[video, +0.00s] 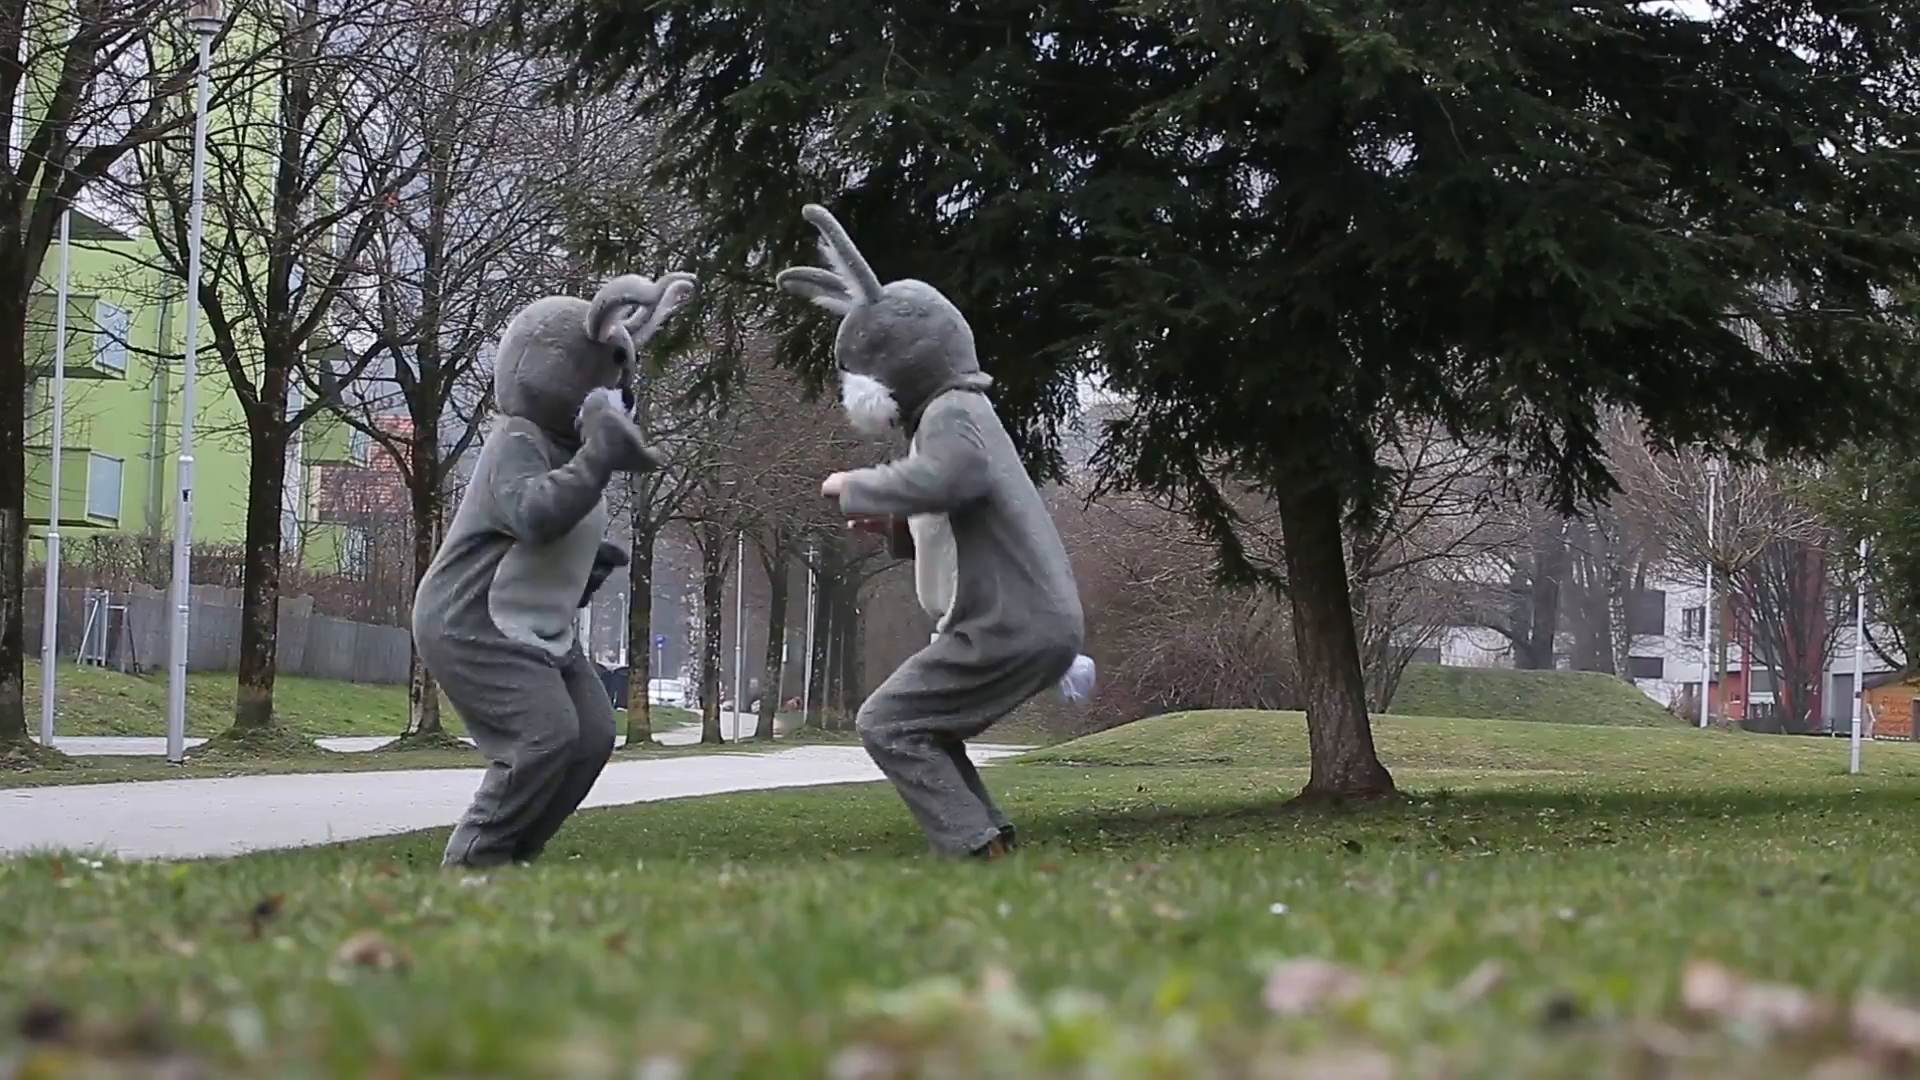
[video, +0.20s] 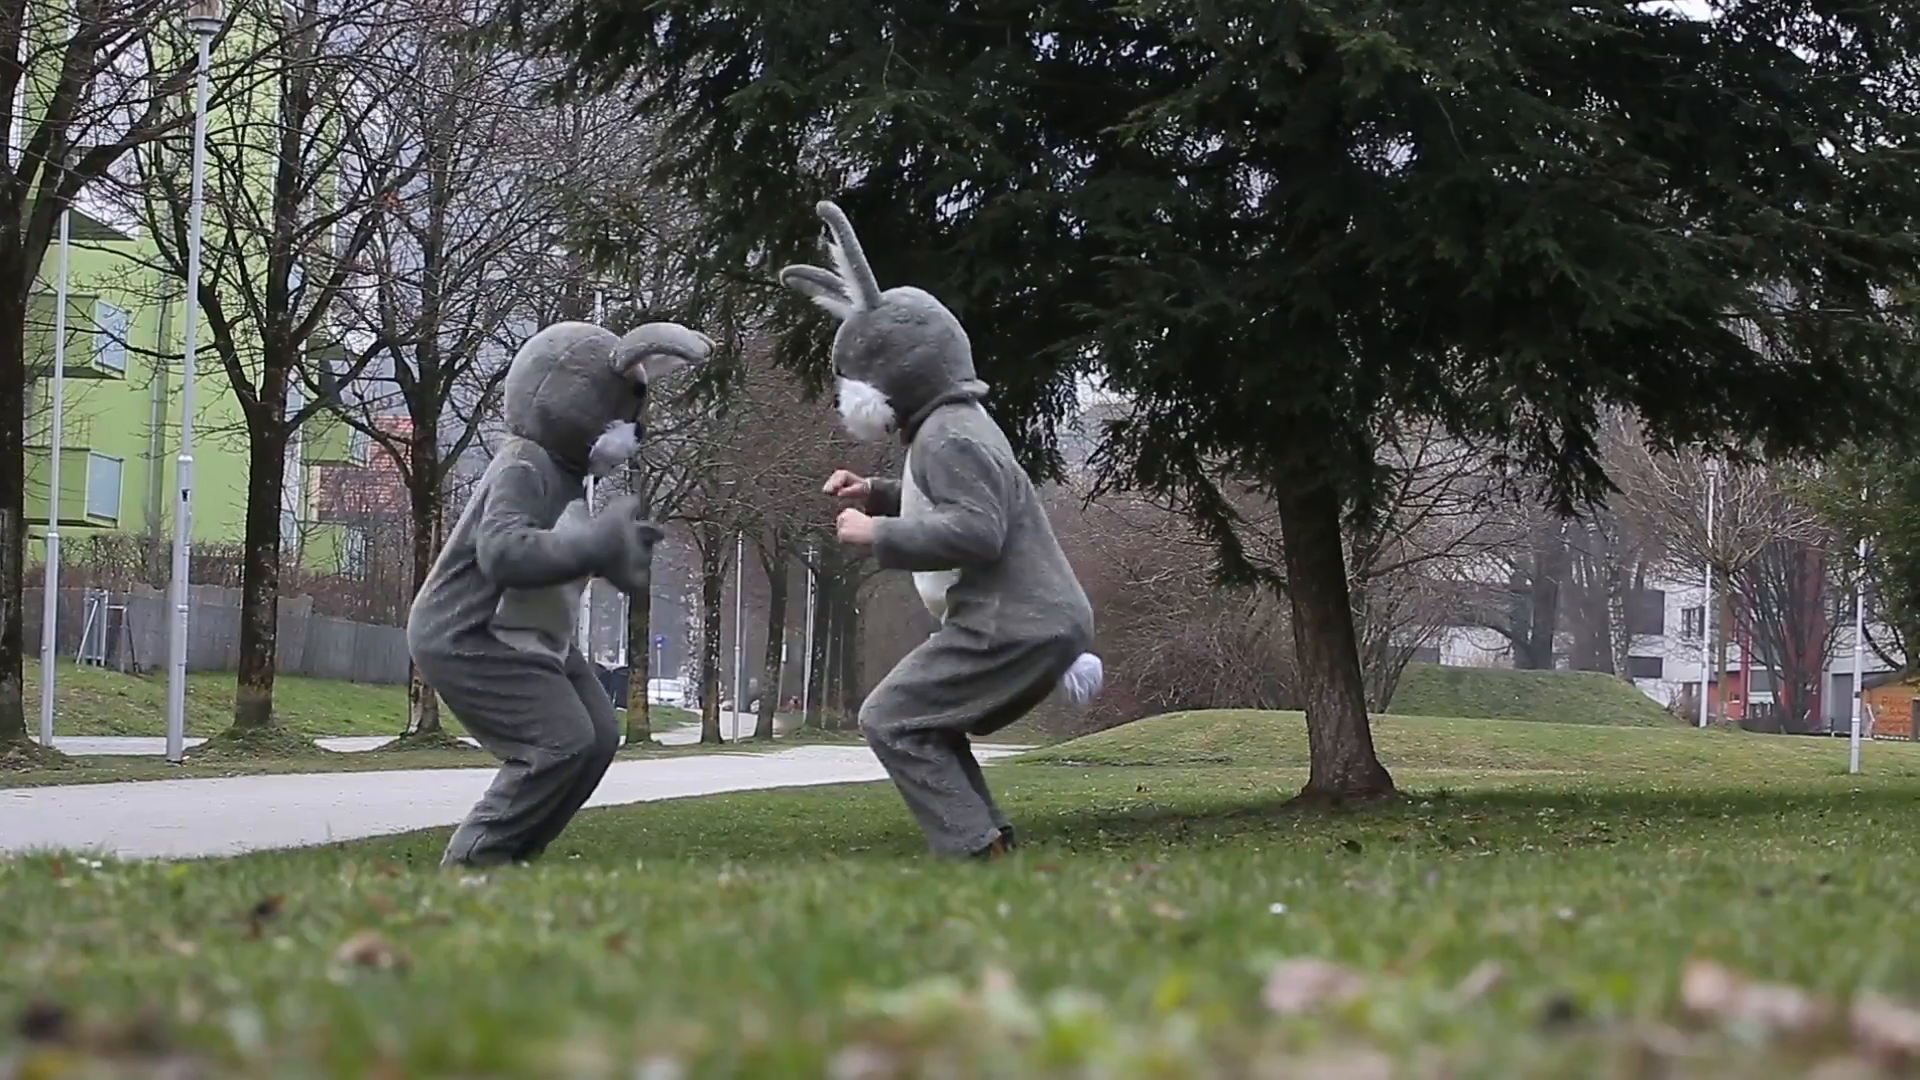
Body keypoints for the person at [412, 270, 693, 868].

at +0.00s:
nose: (606, 391)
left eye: (609, 376)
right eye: (593, 370)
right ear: (548, 367)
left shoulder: (573, 453)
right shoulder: (515, 440)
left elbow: (544, 563)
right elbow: (532, 515)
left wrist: (594, 559)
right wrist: (595, 458)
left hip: (539, 625)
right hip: (471, 622)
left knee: (593, 736)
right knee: (548, 734)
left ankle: (503, 856)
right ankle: (471, 858)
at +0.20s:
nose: (626, 430)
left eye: (628, 416)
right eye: (615, 413)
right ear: (569, 398)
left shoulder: (567, 480)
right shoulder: (523, 464)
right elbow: (501, 554)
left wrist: (615, 556)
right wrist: (594, 541)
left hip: (531, 634)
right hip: (465, 636)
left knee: (600, 736)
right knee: (564, 741)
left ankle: (506, 856)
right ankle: (473, 860)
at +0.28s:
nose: (633, 423)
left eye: (636, 411)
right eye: (621, 407)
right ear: (571, 395)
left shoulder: (575, 481)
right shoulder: (520, 462)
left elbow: (578, 558)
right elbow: (461, 541)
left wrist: (642, 520)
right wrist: (536, 584)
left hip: (520, 629)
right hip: (463, 629)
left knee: (595, 733)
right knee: (561, 739)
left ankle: (499, 859)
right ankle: (472, 863)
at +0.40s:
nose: (629, 419)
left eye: (632, 406)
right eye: (617, 403)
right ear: (568, 400)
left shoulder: (598, 490)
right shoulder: (521, 467)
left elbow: (634, 551)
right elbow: (435, 516)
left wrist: (672, 482)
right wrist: (467, 576)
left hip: (519, 626)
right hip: (462, 619)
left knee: (585, 731)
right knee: (557, 732)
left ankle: (499, 858)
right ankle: (473, 861)